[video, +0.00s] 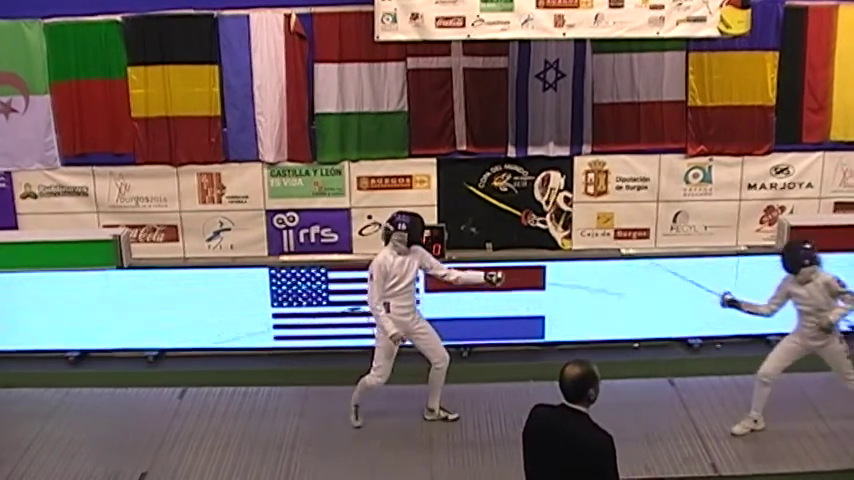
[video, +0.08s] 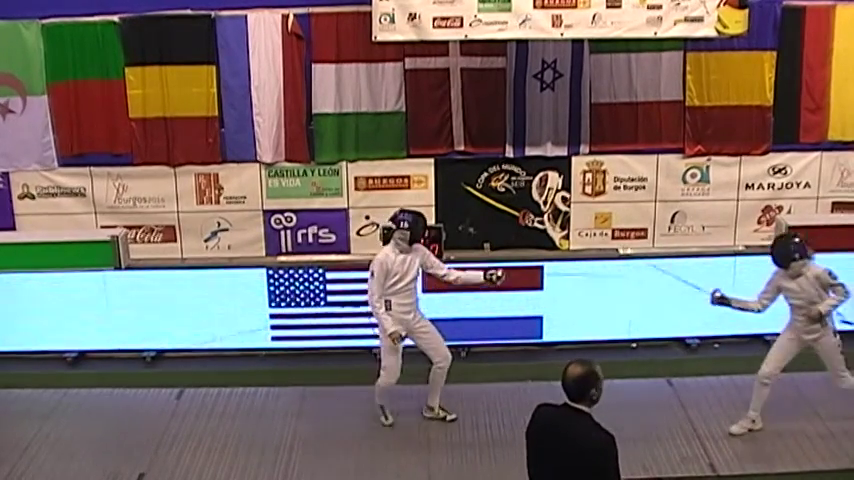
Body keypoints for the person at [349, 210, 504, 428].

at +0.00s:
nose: (400, 238)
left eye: (404, 234)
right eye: (397, 233)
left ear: (411, 236)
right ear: (390, 233)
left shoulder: (418, 254)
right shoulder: (381, 262)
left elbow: (448, 275)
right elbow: (374, 303)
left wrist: (485, 277)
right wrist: (390, 330)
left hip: (413, 319)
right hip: (389, 322)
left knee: (441, 359)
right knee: (378, 378)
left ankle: (433, 409)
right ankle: (355, 403)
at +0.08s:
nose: (401, 236)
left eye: (406, 233)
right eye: (398, 231)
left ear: (414, 236)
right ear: (393, 231)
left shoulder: (419, 252)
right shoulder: (382, 259)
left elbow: (448, 275)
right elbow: (375, 299)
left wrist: (484, 277)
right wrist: (389, 328)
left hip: (415, 318)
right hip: (391, 322)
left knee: (442, 358)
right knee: (390, 375)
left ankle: (432, 407)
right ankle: (380, 403)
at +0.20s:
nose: (403, 239)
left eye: (407, 235)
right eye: (399, 234)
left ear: (413, 238)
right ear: (393, 235)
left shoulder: (419, 257)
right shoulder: (382, 263)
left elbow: (447, 280)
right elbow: (373, 303)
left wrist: (485, 282)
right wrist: (387, 333)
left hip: (416, 320)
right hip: (393, 323)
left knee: (449, 358)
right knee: (394, 380)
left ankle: (444, 407)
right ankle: (384, 407)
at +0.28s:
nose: (399, 242)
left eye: (404, 238)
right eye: (396, 237)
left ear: (411, 242)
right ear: (390, 238)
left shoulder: (417, 261)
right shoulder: (380, 266)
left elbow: (445, 282)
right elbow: (371, 307)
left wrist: (483, 282)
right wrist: (384, 337)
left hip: (414, 323)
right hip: (390, 326)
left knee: (452, 358)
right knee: (390, 382)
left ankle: (442, 405)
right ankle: (378, 406)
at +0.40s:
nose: (401, 240)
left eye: (406, 236)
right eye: (398, 235)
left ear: (414, 239)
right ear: (392, 236)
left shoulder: (420, 259)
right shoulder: (383, 264)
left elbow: (449, 280)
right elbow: (374, 304)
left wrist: (487, 281)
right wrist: (387, 335)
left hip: (417, 322)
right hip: (394, 325)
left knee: (456, 356)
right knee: (386, 379)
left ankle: (455, 405)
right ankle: (372, 407)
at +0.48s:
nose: (406, 239)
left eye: (410, 234)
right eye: (403, 234)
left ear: (417, 236)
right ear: (397, 235)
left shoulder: (426, 258)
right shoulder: (388, 264)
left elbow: (456, 277)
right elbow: (379, 303)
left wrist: (493, 279)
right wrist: (393, 333)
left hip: (423, 322)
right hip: (398, 324)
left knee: (458, 359)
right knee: (385, 377)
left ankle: (472, 406)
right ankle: (368, 407)